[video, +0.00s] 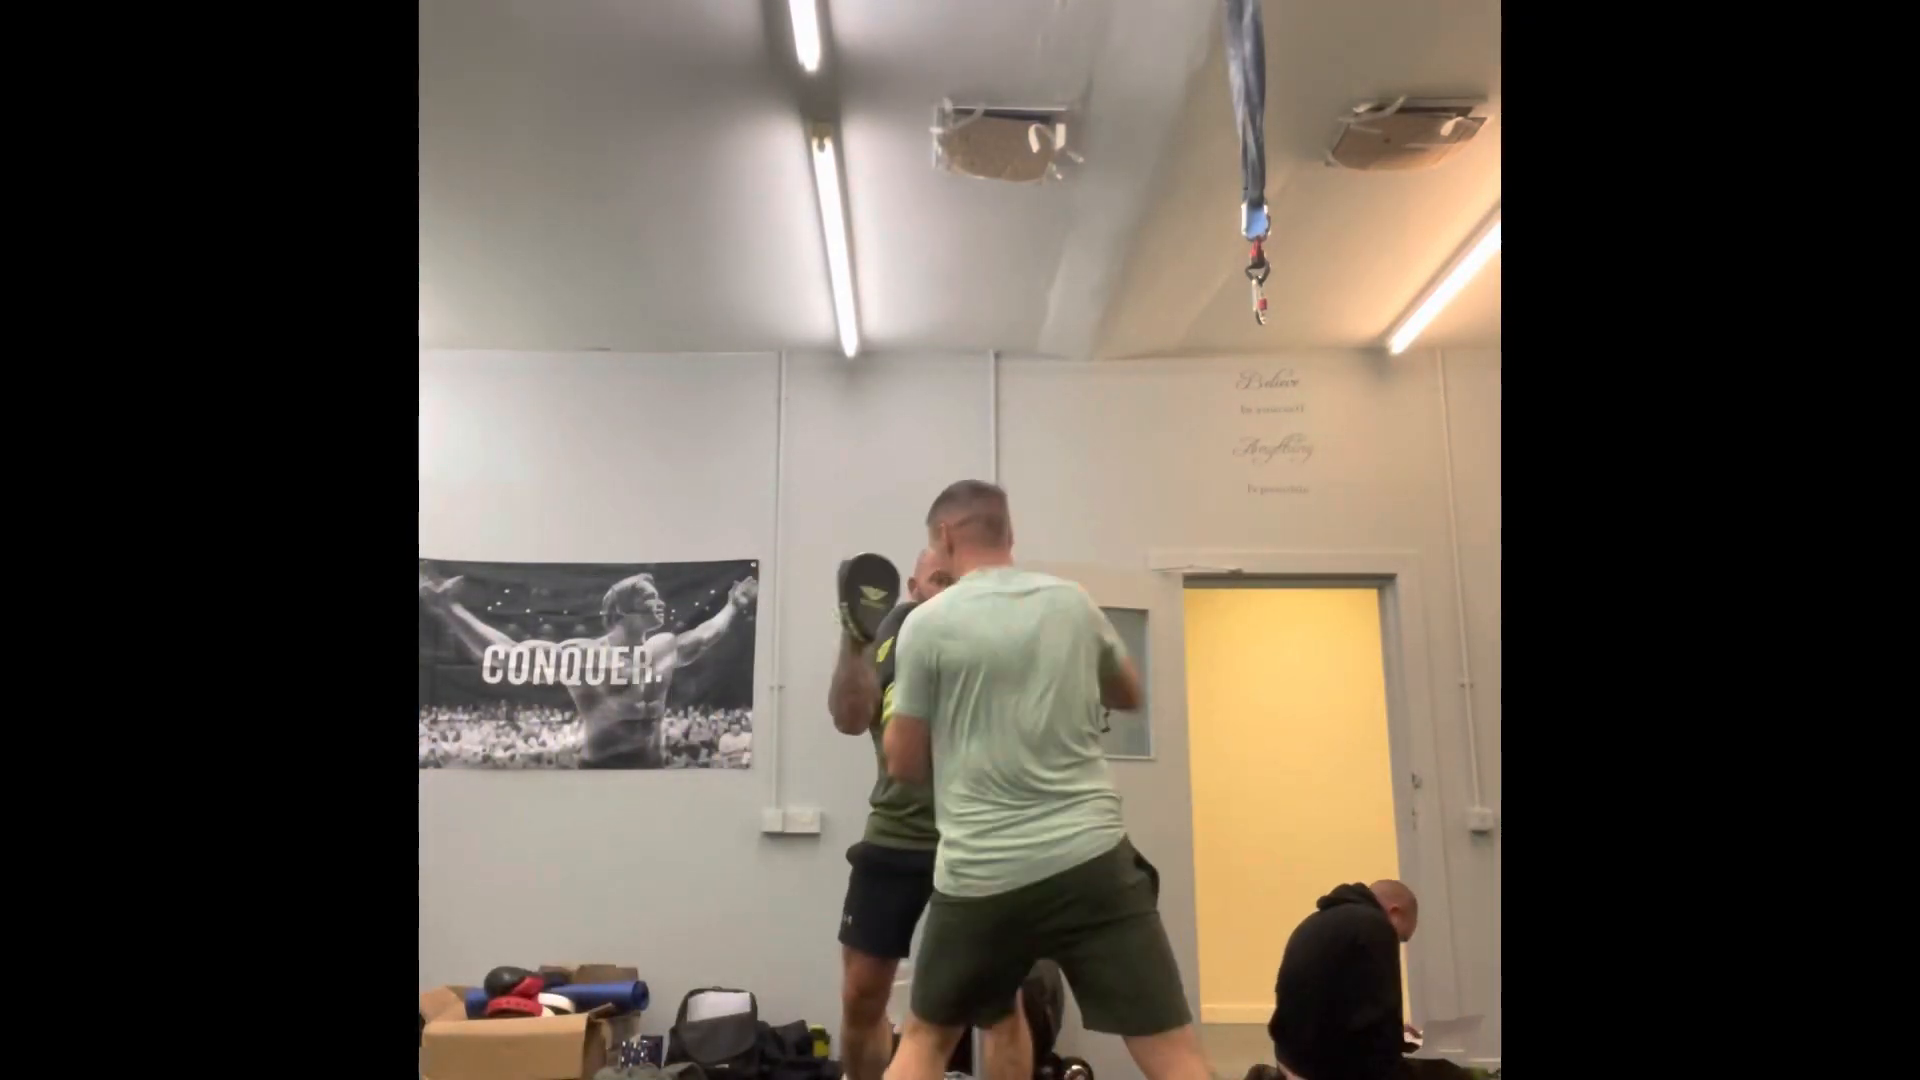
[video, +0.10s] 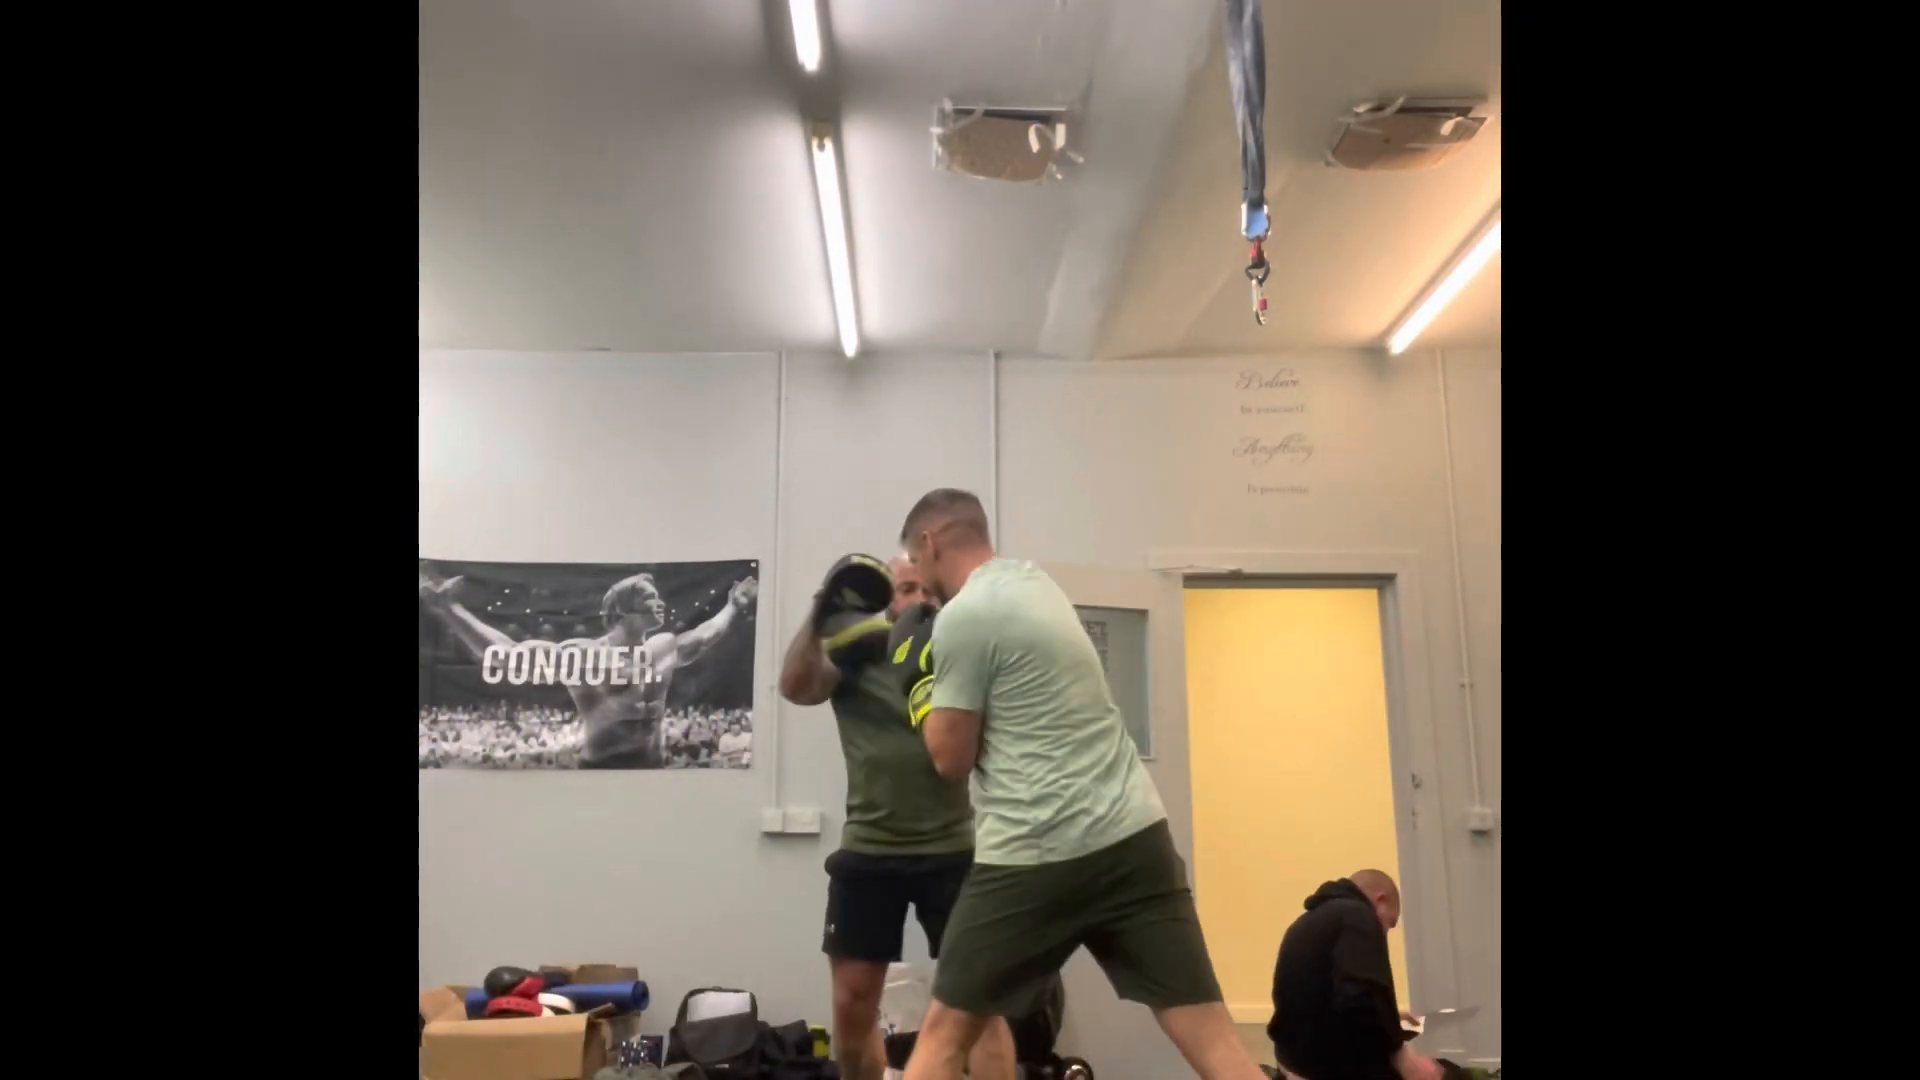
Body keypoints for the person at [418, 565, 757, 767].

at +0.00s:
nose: (662, 609)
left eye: (660, 602)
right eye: (652, 603)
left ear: (652, 611)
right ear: (623, 613)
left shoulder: (665, 648)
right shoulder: (580, 655)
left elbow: (708, 634)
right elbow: (506, 653)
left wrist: (736, 604)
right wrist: (449, 608)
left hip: (651, 773)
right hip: (598, 775)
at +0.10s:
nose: (662, 608)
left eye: (660, 601)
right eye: (651, 602)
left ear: (652, 611)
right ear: (623, 613)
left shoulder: (665, 648)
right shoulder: (580, 655)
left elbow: (708, 634)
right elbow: (506, 653)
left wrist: (736, 604)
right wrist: (449, 608)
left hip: (651, 772)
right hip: (599, 774)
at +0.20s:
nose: (662, 608)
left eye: (660, 601)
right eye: (651, 601)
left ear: (651, 610)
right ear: (624, 612)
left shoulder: (665, 648)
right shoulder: (579, 655)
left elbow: (708, 634)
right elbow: (505, 652)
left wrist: (736, 604)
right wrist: (448, 608)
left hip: (651, 773)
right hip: (599, 775)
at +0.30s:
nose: (662, 607)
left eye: (660, 601)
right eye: (651, 601)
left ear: (651, 610)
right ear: (624, 612)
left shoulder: (665, 648)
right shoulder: (580, 655)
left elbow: (708, 634)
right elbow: (505, 653)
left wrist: (736, 605)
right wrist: (448, 608)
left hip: (651, 772)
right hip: (599, 774)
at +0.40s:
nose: (660, 610)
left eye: (658, 603)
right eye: (650, 604)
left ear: (652, 610)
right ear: (624, 612)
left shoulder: (665, 648)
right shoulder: (580, 655)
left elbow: (710, 635)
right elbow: (505, 653)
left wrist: (736, 604)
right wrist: (449, 609)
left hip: (648, 773)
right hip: (595, 772)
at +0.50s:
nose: (660, 617)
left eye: (661, 609)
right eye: (650, 609)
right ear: (621, 615)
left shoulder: (661, 652)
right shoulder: (582, 656)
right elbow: (508, 653)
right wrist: (447, 608)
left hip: (659, 770)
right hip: (605, 771)